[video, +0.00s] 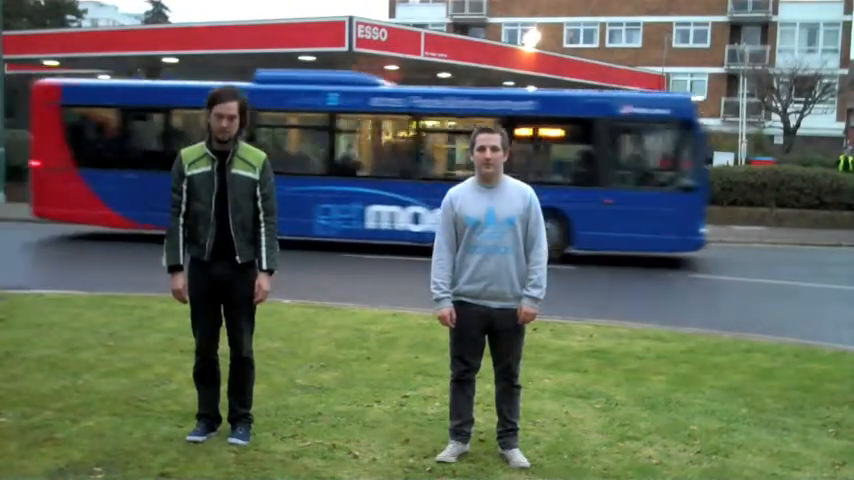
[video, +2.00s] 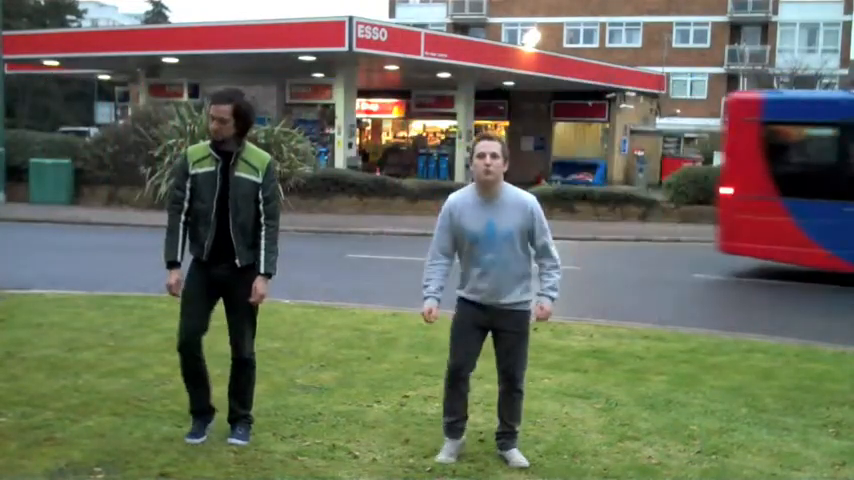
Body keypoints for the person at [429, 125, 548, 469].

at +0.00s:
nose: (487, 155)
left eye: (494, 149)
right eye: (481, 149)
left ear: (505, 155)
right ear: (472, 155)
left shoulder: (524, 195)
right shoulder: (456, 197)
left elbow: (538, 249)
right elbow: (443, 251)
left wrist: (532, 297)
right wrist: (442, 298)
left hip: (510, 305)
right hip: (466, 303)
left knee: (509, 378)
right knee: (462, 376)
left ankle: (509, 444)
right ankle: (458, 440)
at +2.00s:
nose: (487, 162)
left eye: (494, 157)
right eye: (481, 156)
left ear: (505, 164)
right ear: (472, 163)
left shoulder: (527, 204)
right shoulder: (456, 204)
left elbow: (548, 256)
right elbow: (440, 255)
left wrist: (548, 296)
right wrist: (431, 296)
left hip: (515, 307)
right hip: (471, 304)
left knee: (513, 380)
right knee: (457, 370)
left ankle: (508, 444)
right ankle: (453, 438)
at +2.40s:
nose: (474, 186)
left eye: (482, 181)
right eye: (471, 180)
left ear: (500, 188)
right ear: (465, 185)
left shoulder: (525, 226)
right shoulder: (458, 223)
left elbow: (553, 271)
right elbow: (445, 268)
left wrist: (554, 313)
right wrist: (433, 300)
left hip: (517, 314)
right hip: (475, 308)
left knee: (514, 379)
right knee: (449, 364)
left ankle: (507, 444)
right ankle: (455, 437)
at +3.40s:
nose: (517, 184)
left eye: (518, 178)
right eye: (508, 179)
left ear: (522, 183)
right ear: (489, 188)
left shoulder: (539, 222)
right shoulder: (469, 225)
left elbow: (553, 267)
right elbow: (458, 263)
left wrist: (551, 305)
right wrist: (449, 282)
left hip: (526, 315)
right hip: (485, 313)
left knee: (520, 381)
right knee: (471, 373)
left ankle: (507, 445)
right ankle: (457, 438)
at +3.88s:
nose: (481, 182)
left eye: (488, 177)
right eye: (482, 176)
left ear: (509, 184)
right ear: (501, 184)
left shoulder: (544, 220)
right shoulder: (478, 222)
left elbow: (570, 255)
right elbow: (470, 264)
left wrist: (552, 283)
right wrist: (454, 277)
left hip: (532, 319)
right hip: (491, 312)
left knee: (523, 384)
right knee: (444, 355)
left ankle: (508, 445)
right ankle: (453, 430)